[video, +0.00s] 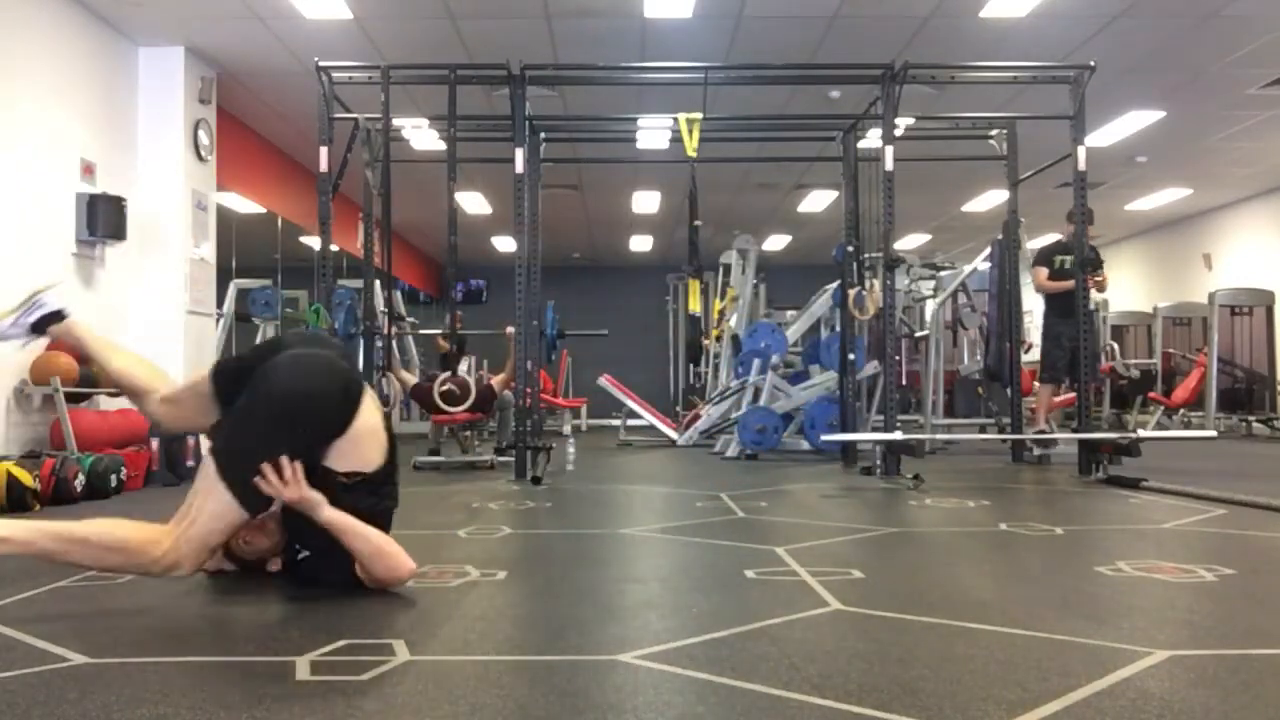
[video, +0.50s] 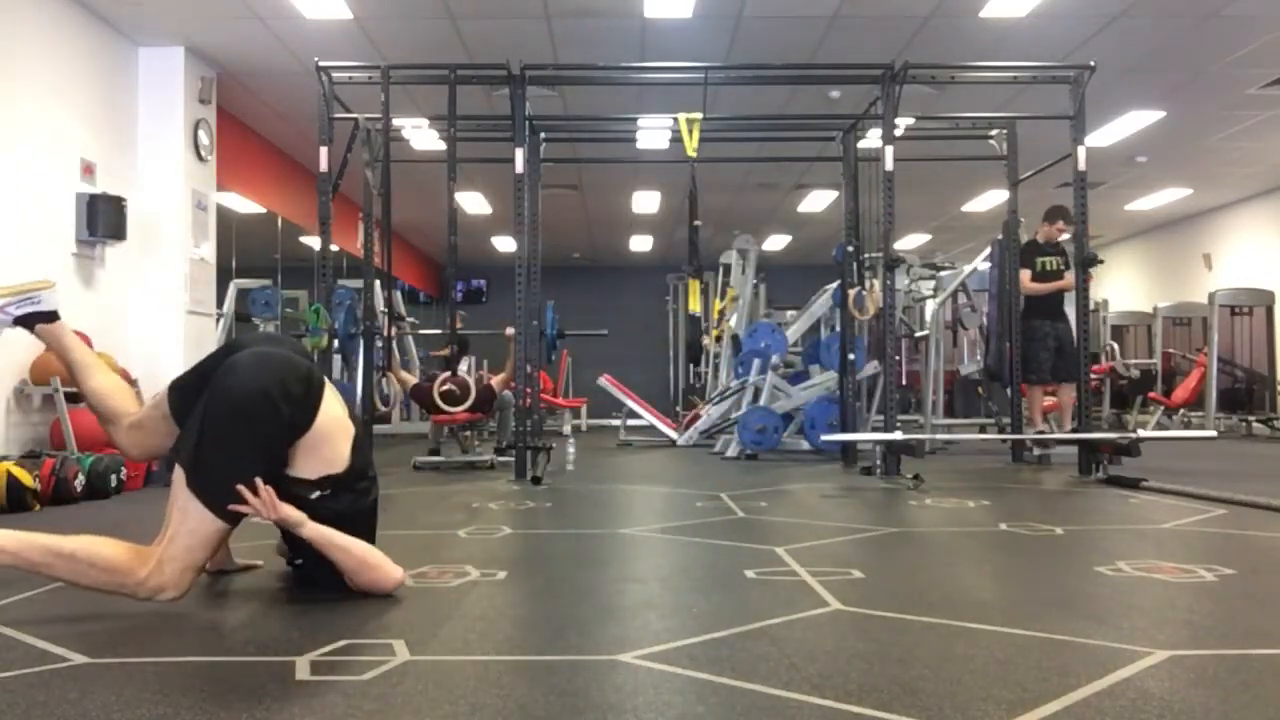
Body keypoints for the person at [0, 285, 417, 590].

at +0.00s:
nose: (244, 532)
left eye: (241, 531)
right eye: (246, 545)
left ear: (251, 518)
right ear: (265, 564)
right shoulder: (318, 561)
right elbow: (402, 569)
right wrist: (316, 507)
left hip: (308, 353)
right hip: (319, 387)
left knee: (166, 405)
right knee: (176, 551)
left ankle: (59, 323)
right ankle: (7, 532)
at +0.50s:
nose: (296, 551)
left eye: (301, 557)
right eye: (308, 557)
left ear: (298, 556)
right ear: (331, 559)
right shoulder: (347, 552)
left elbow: (214, 448)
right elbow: (392, 579)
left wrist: (220, 551)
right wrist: (297, 521)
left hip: (252, 356)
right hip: (270, 389)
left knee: (134, 435)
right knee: (162, 577)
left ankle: (41, 319)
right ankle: (5, 541)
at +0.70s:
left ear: (320, 561)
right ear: (353, 551)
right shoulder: (353, 546)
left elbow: (221, 448)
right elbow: (388, 580)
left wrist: (219, 546)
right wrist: (297, 515)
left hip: (256, 355)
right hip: (271, 393)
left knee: (135, 434)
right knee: (165, 581)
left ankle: (51, 314)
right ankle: (5, 542)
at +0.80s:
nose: (377, 552)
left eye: (380, 544)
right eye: (382, 545)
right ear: (381, 536)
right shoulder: (353, 530)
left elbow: (221, 452)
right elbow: (384, 582)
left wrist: (219, 550)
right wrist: (294, 516)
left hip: (257, 355)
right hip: (265, 396)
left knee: (133, 433)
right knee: (163, 583)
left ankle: (51, 313)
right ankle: (5, 543)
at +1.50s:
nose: (374, 560)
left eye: (377, 550)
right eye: (379, 551)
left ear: (364, 509)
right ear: (377, 540)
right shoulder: (351, 529)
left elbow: (229, 455)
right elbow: (376, 581)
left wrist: (220, 551)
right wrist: (290, 516)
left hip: (259, 354)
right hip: (260, 398)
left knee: (146, 429)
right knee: (154, 582)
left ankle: (60, 313)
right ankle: (4, 543)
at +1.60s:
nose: (333, 584)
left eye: (331, 582)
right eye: (339, 583)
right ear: (341, 567)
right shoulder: (348, 533)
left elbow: (238, 464)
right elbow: (379, 580)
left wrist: (221, 556)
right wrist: (292, 515)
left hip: (281, 353)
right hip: (280, 397)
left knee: (170, 419)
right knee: (155, 575)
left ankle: (87, 294)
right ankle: (2, 542)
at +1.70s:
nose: (306, 548)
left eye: (307, 551)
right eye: (311, 550)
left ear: (306, 549)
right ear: (334, 554)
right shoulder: (352, 541)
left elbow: (228, 455)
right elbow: (383, 579)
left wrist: (222, 553)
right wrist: (303, 512)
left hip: (308, 350)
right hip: (306, 393)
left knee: (195, 407)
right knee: (164, 561)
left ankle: (123, 279)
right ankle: (5, 541)